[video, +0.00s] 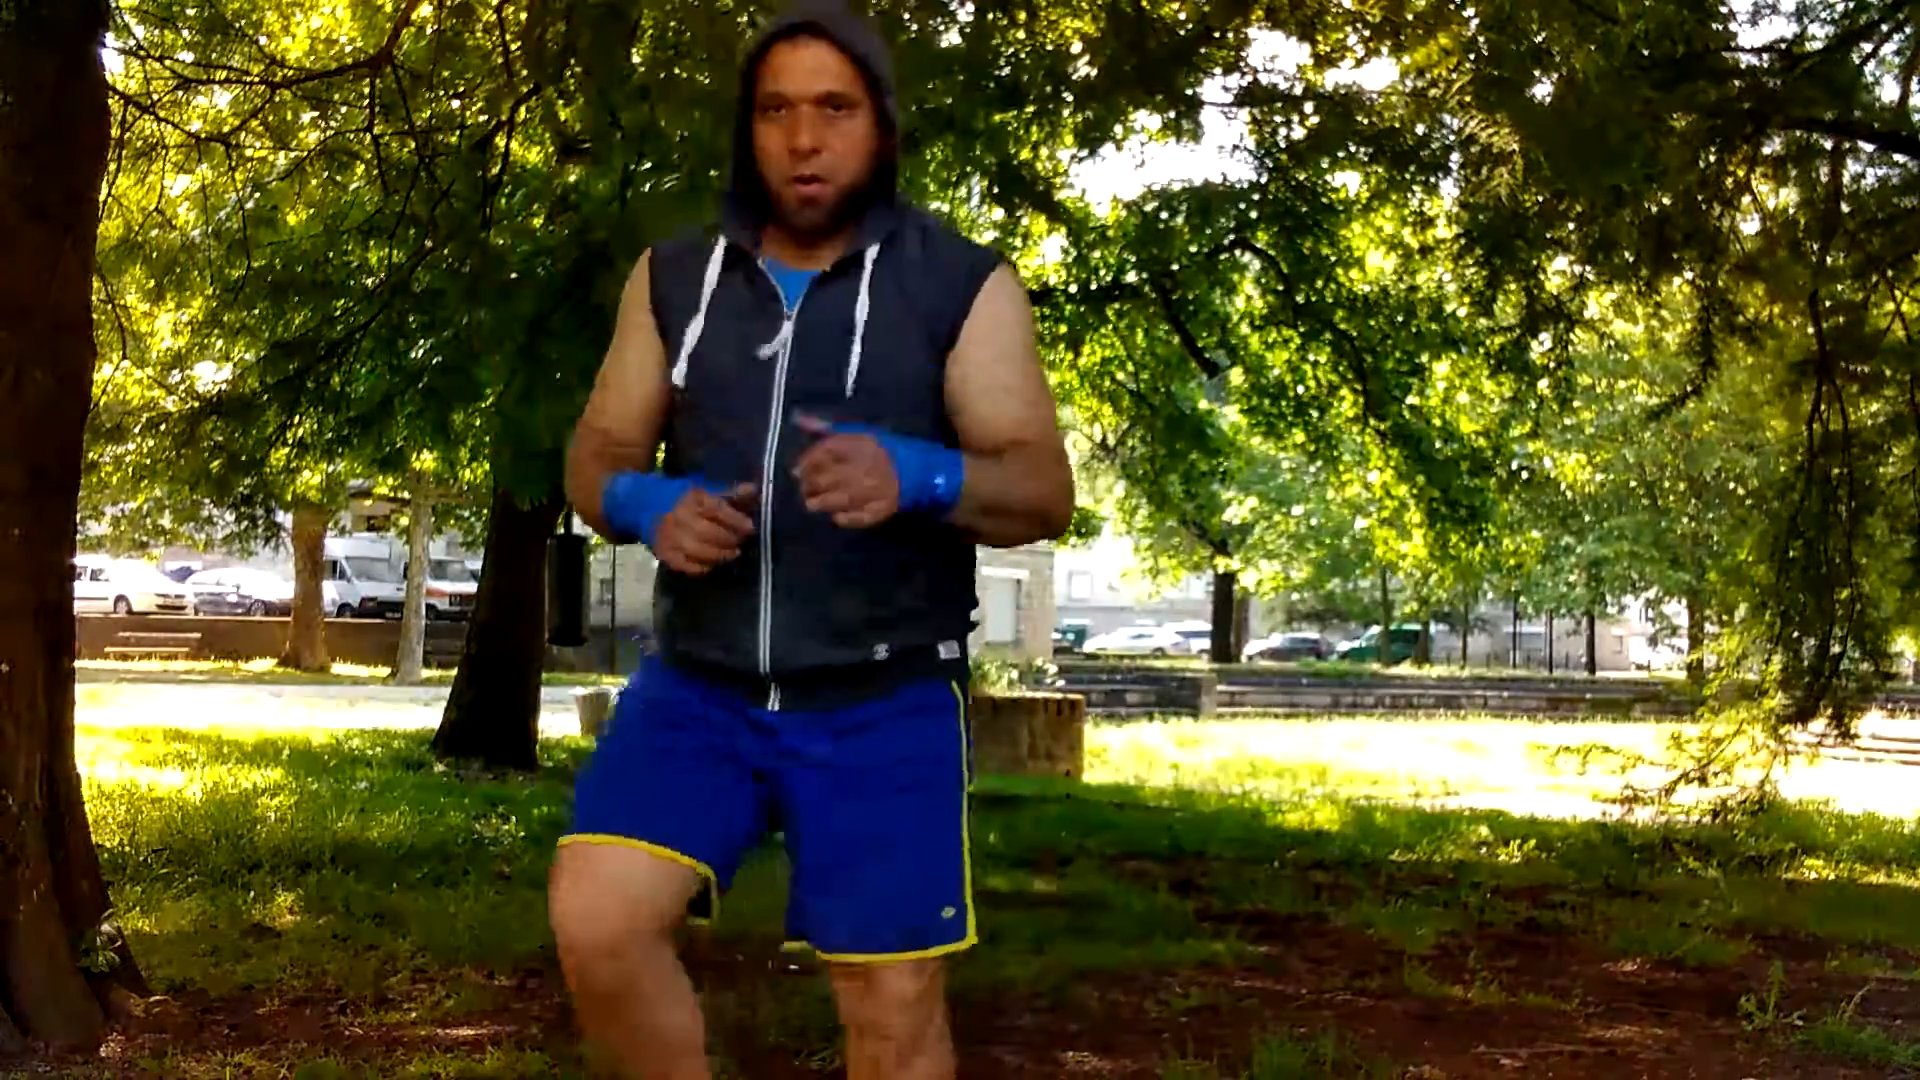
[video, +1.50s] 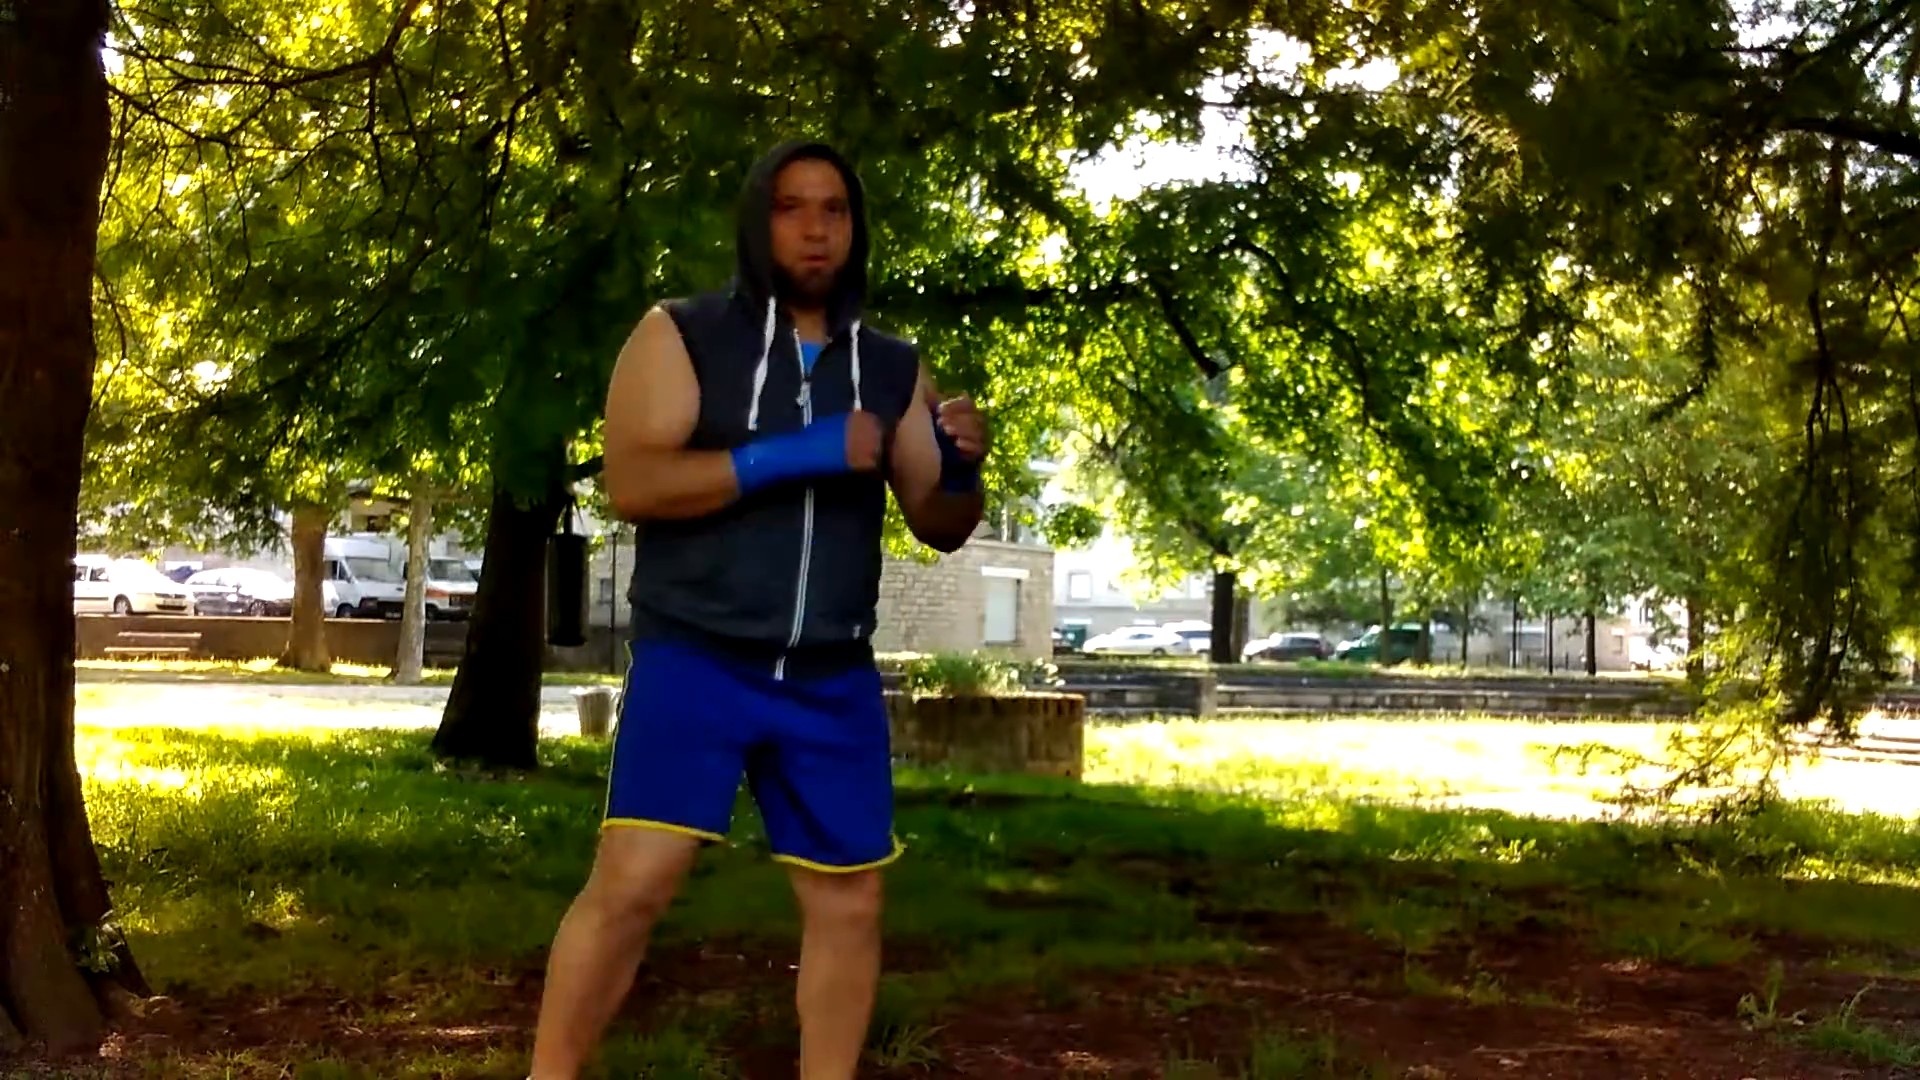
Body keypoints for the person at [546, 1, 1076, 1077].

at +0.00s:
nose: (804, 138)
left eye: (835, 110)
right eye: (778, 111)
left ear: (883, 128)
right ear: (748, 129)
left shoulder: (965, 287)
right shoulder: (674, 276)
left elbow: (1041, 493)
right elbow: (593, 456)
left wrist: (919, 474)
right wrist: (654, 506)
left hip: (882, 701)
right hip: (699, 689)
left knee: (888, 1002)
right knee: (598, 920)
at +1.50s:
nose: (816, 227)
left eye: (833, 209)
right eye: (793, 209)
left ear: (856, 228)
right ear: (757, 226)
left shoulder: (892, 367)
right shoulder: (679, 333)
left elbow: (940, 527)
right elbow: (634, 484)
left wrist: (964, 469)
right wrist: (808, 450)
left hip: (831, 676)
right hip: (693, 663)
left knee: (850, 903)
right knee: (631, 890)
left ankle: (827, 1075)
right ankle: (551, 1071)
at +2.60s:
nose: (753, 272)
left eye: (765, 254)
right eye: (737, 247)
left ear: (770, 253)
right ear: (681, 232)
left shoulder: (763, 355)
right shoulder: (589, 314)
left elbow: (839, 488)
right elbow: (732, 385)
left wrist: (890, 365)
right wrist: (906, 298)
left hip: (734, 674)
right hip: (598, 669)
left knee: (769, 902)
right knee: (549, 919)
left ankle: (789, 1079)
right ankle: (474, 1072)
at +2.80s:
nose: (852, 291)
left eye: (865, 273)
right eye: (840, 265)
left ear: (868, 276)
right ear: (786, 248)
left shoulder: (835, 370)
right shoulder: (662, 335)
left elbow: (879, 529)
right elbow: (664, 507)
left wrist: (928, 432)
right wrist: (817, 460)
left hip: (777, 675)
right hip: (650, 664)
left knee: (811, 905)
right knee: (600, 907)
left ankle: (806, 1078)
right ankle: (517, 1072)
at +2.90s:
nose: (864, 297)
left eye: (877, 282)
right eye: (850, 271)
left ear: (877, 286)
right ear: (794, 252)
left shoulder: (840, 372)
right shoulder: (679, 329)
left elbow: (880, 536)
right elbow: (694, 503)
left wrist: (933, 434)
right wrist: (829, 423)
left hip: (779, 679)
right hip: (651, 668)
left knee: (817, 907)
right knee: (597, 914)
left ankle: (808, 1078)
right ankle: (514, 1073)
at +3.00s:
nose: (864, 302)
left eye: (878, 290)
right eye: (855, 276)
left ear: (880, 293)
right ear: (804, 250)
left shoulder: (833, 378)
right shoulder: (703, 312)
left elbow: (894, 519)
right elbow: (856, 381)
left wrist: (943, 391)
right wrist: (995, 290)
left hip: (781, 685)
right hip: (646, 671)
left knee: (828, 905)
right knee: (582, 917)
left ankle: (810, 1078)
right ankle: (501, 1073)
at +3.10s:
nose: (857, 299)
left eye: (874, 285)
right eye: (845, 270)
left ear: (880, 288)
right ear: (793, 247)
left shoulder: (848, 378)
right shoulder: (689, 308)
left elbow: (903, 525)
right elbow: (835, 374)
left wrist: (947, 391)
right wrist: (993, 288)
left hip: (782, 682)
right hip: (645, 667)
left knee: (827, 906)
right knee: (587, 913)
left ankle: (810, 1078)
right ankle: (500, 1071)